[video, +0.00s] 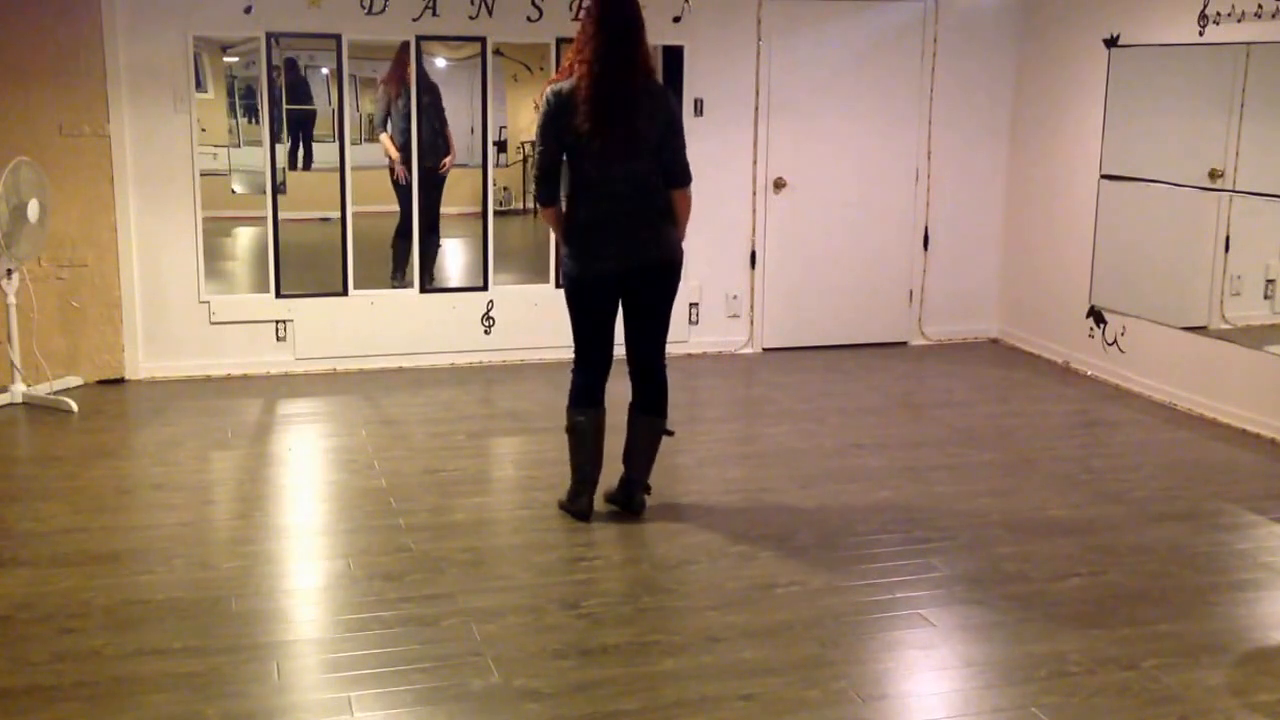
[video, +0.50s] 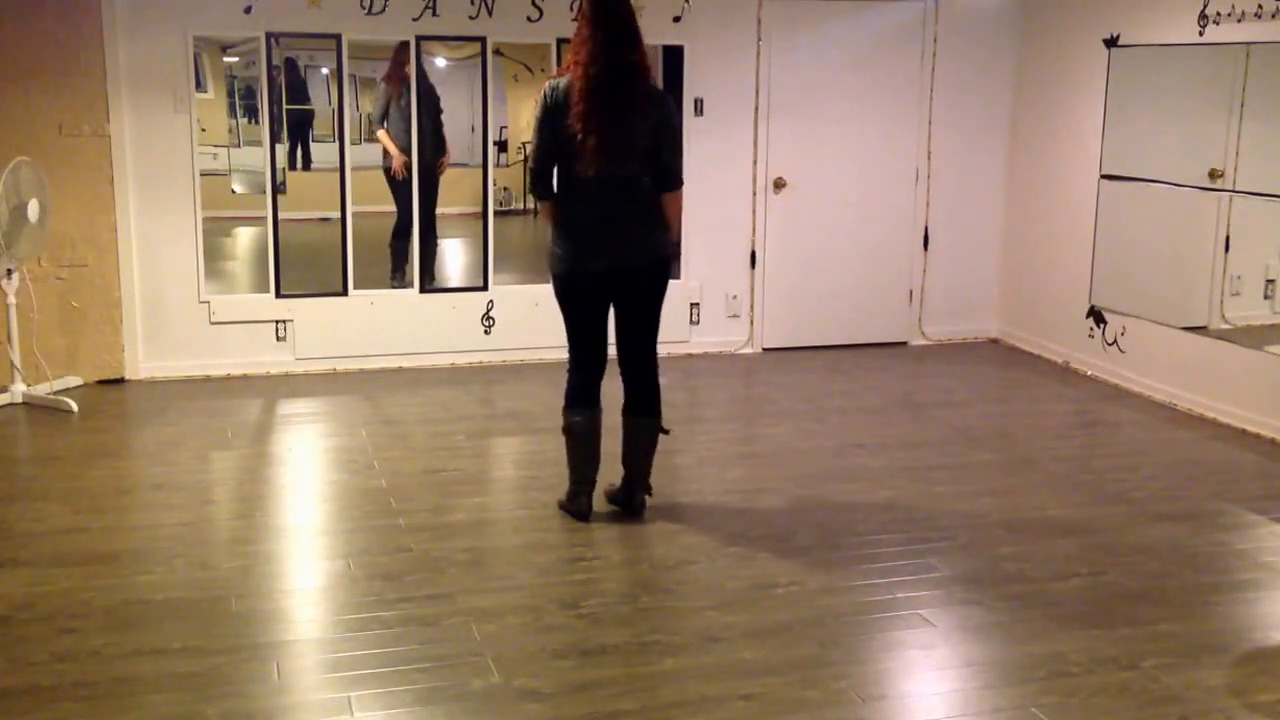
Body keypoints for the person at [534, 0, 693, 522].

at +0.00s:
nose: (578, 32)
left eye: (582, 24)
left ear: (585, 36)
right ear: (638, 37)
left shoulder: (562, 98)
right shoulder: (658, 96)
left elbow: (545, 193)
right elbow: (678, 181)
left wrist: (570, 236)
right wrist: (676, 236)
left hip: (589, 255)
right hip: (654, 253)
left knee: (589, 362)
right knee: (648, 364)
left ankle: (582, 489)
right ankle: (634, 486)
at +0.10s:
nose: (579, 33)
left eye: (583, 26)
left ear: (585, 37)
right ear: (638, 38)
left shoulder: (561, 97)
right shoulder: (657, 97)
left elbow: (545, 192)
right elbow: (677, 180)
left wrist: (570, 235)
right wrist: (678, 235)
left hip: (589, 255)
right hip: (653, 254)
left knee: (589, 362)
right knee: (648, 364)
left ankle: (581, 489)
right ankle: (635, 486)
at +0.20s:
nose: (580, 31)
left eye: (584, 24)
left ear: (585, 36)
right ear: (637, 38)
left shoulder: (560, 96)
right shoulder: (657, 97)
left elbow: (546, 190)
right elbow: (674, 180)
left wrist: (572, 234)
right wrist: (679, 233)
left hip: (588, 256)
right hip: (652, 254)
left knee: (589, 362)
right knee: (647, 364)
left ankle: (580, 489)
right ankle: (635, 486)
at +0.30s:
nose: (577, 32)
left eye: (582, 25)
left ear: (584, 36)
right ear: (636, 39)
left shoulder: (560, 96)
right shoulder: (656, 97)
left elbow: (546, 190)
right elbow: (673, 181)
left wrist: (573, 233)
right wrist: (676, 235)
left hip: (587, 257)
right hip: (651, 256)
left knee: (589, 362)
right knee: (646, 364)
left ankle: (580, 488)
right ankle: (635, 486)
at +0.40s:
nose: (577, 31)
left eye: (581, 25)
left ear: (583, 36)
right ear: (635, 38)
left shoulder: (559, 96)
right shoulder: (655, 98)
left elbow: (545, 188)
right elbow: (671, 182)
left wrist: (571, 231)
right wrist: (674, 236)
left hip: (584, 256)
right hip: (649, 255)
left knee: (588, 361)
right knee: (645, 364)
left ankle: (580, 489)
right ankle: (636, 486)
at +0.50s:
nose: (576, 34)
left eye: (579, 26)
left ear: (580, 36)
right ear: (632, 38)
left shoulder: (558, 94)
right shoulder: (654, 98)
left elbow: (539, 178)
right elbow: (668, 182)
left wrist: (562, 227)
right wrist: (673, 240)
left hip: (578, 254)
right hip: (642, 253)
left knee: (584, 362)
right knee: (640, 363)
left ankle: (580, 491)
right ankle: (634, 487)